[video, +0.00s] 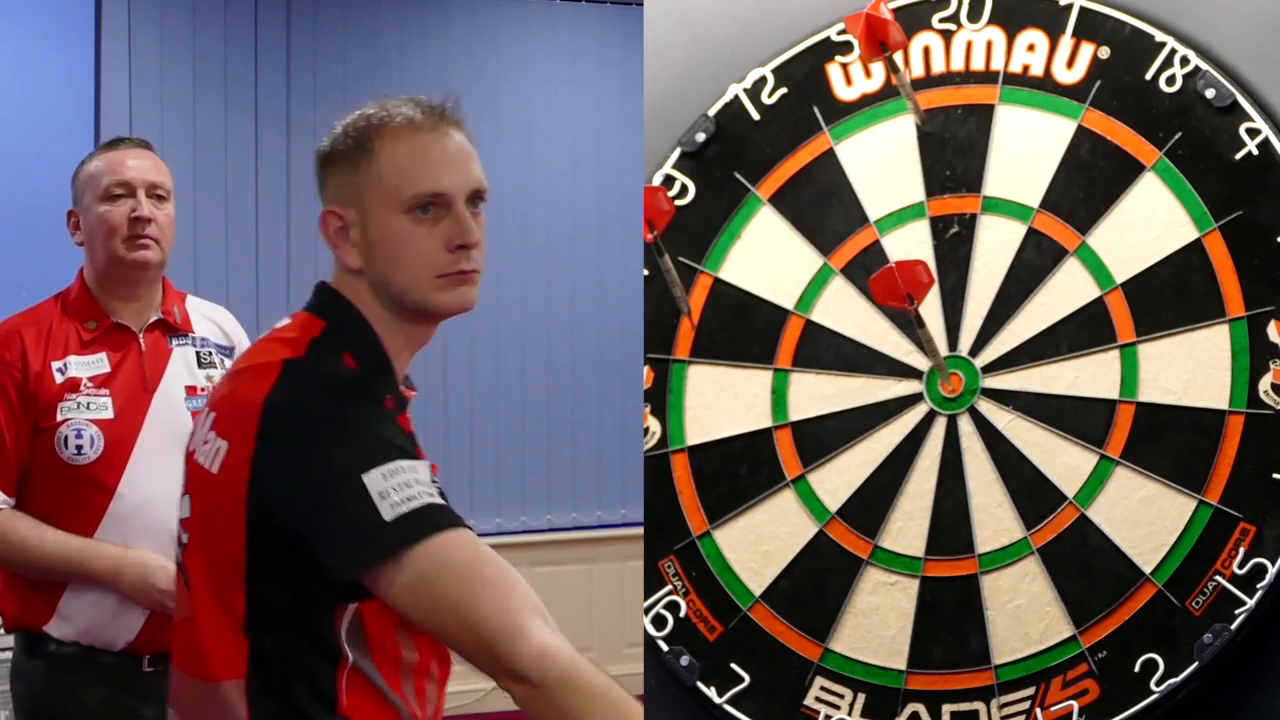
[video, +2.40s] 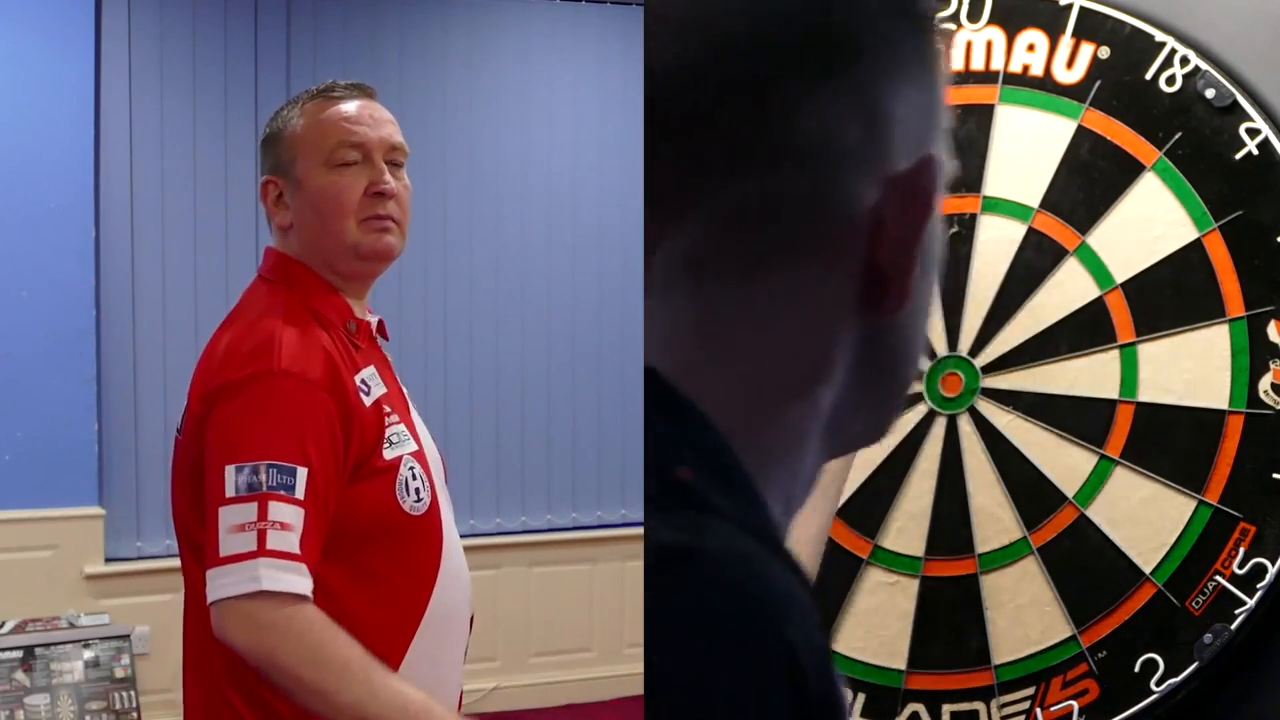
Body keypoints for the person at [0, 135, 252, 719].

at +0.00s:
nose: (142, 210)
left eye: (157, 196)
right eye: (117, 195)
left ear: (175, 220)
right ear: (77, 225)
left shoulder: (219, 332)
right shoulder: (20, 344)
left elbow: (262, 475)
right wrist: (118, 566)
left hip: (205, 672)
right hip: (68, 671)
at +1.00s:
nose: (204, 284)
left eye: (222, 259)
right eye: (181, 257)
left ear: (236, 250)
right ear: (116, 240)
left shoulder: (239, 357)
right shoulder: (33, 375)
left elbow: (247, 517)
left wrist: (275, 628)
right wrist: (135, 629)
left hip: (220, 706)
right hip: (75, 708)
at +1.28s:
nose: (291, 265)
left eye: (307, 239)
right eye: (265, 237)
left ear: (319, 238)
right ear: (197, 232)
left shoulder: (300, 351)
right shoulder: (119, 368)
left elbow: (303, 535)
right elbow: (49, 575)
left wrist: (344, 646)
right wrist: (232, 634)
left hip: (301, 704)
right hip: (164, 710)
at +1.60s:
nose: (321, 212)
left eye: (333, 190)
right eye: (290, 189)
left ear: (346, 204)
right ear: (225, 216)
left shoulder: (313, 340)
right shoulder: (186, 346)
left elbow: (323, 541)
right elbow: (126, 568)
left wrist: (388, 667)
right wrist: (330, 630)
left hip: (339, 702)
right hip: (228, 704)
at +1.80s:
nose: (341, 201)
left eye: (352, 181)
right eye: (308, 179)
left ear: (365, 199)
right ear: (242, 211)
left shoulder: (310, 337)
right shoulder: (227, 338)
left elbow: (316, 543)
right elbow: (187, 568)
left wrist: (400, 663)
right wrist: (399, 622)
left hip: (355, 703)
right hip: (263, 704)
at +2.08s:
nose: (375, 193)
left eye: (385, 172)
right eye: (339, 171)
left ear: (397, 193)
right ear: (271, 208)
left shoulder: (331, 336)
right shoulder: (275, 345)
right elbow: (261, 589)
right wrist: (482, 643)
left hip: (371, 701)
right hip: (308, 704)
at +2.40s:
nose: (385, 183)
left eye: (395, 164)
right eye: (349, 163)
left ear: (409, 186)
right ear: (279, 204)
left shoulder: (346, 331)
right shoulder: (276, 354)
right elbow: (256, 608)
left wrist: (433, 690)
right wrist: (424, 709)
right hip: (311, 707)